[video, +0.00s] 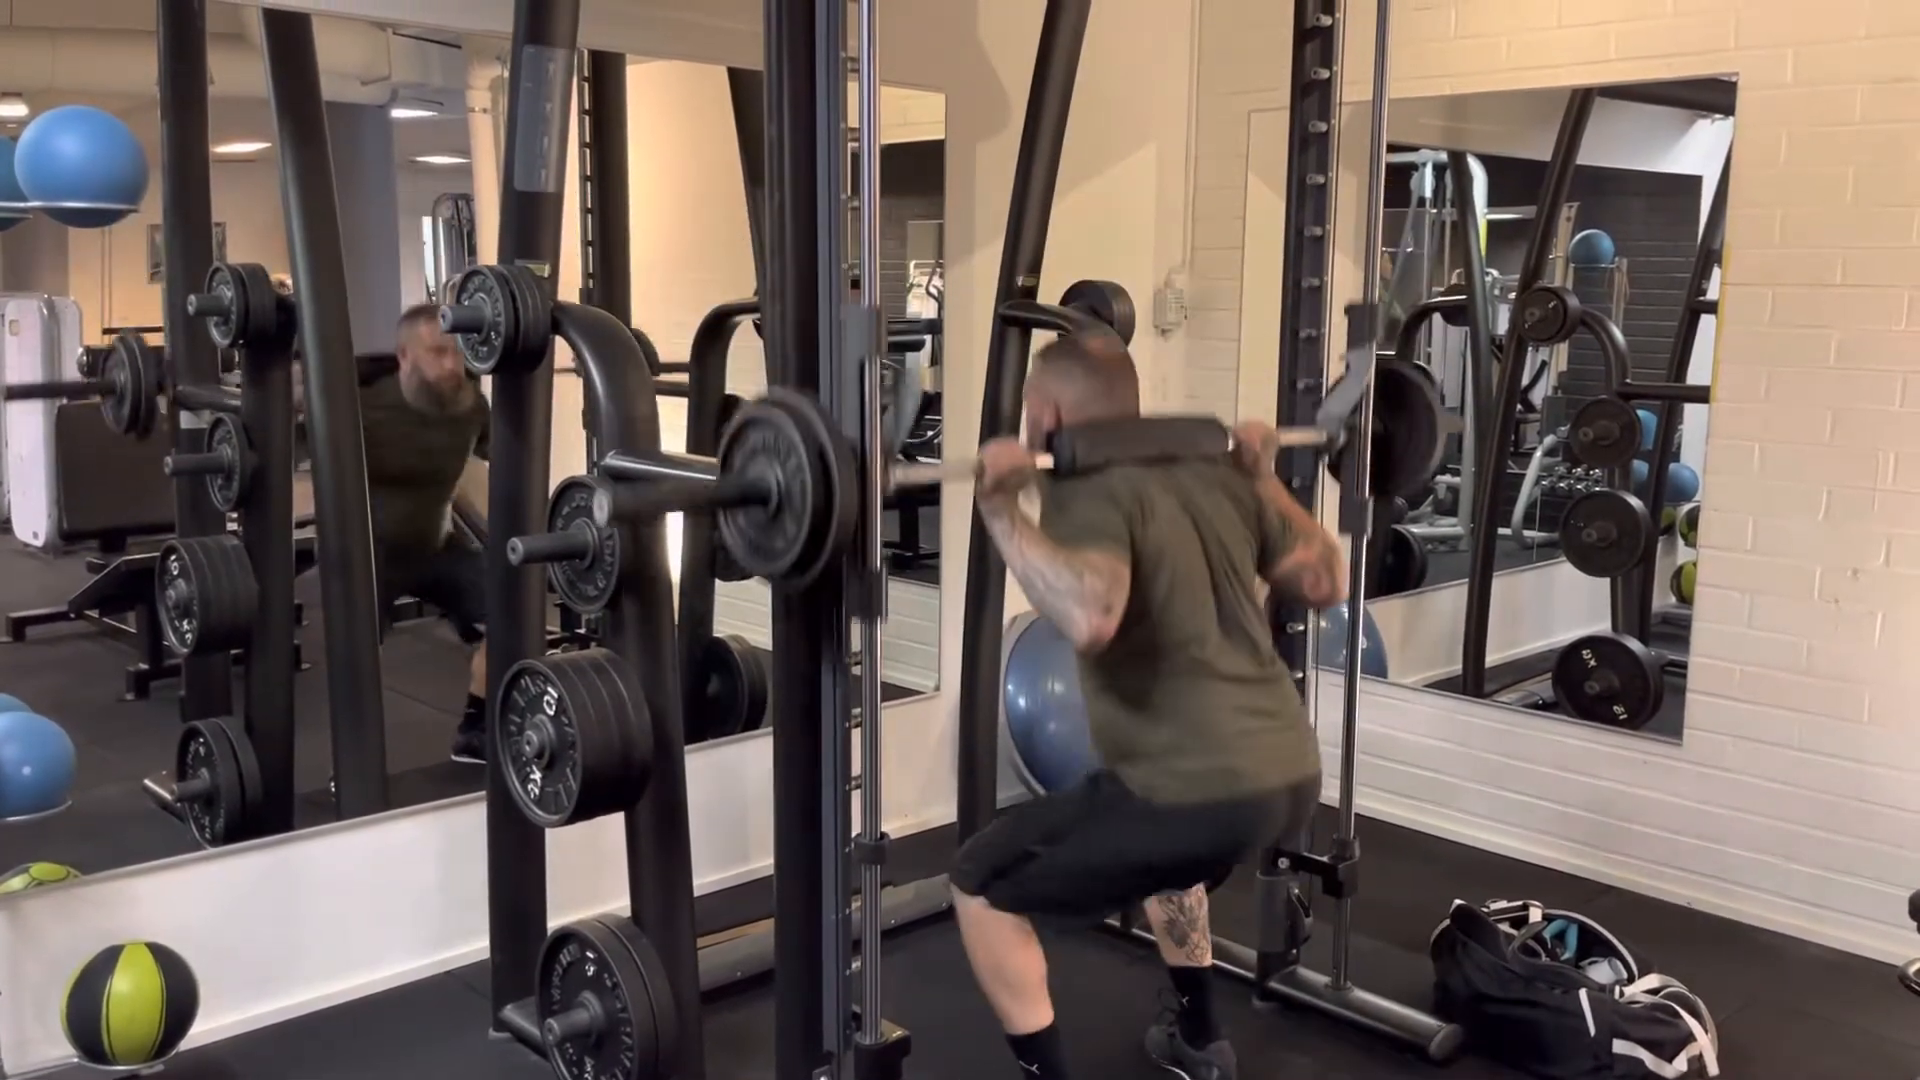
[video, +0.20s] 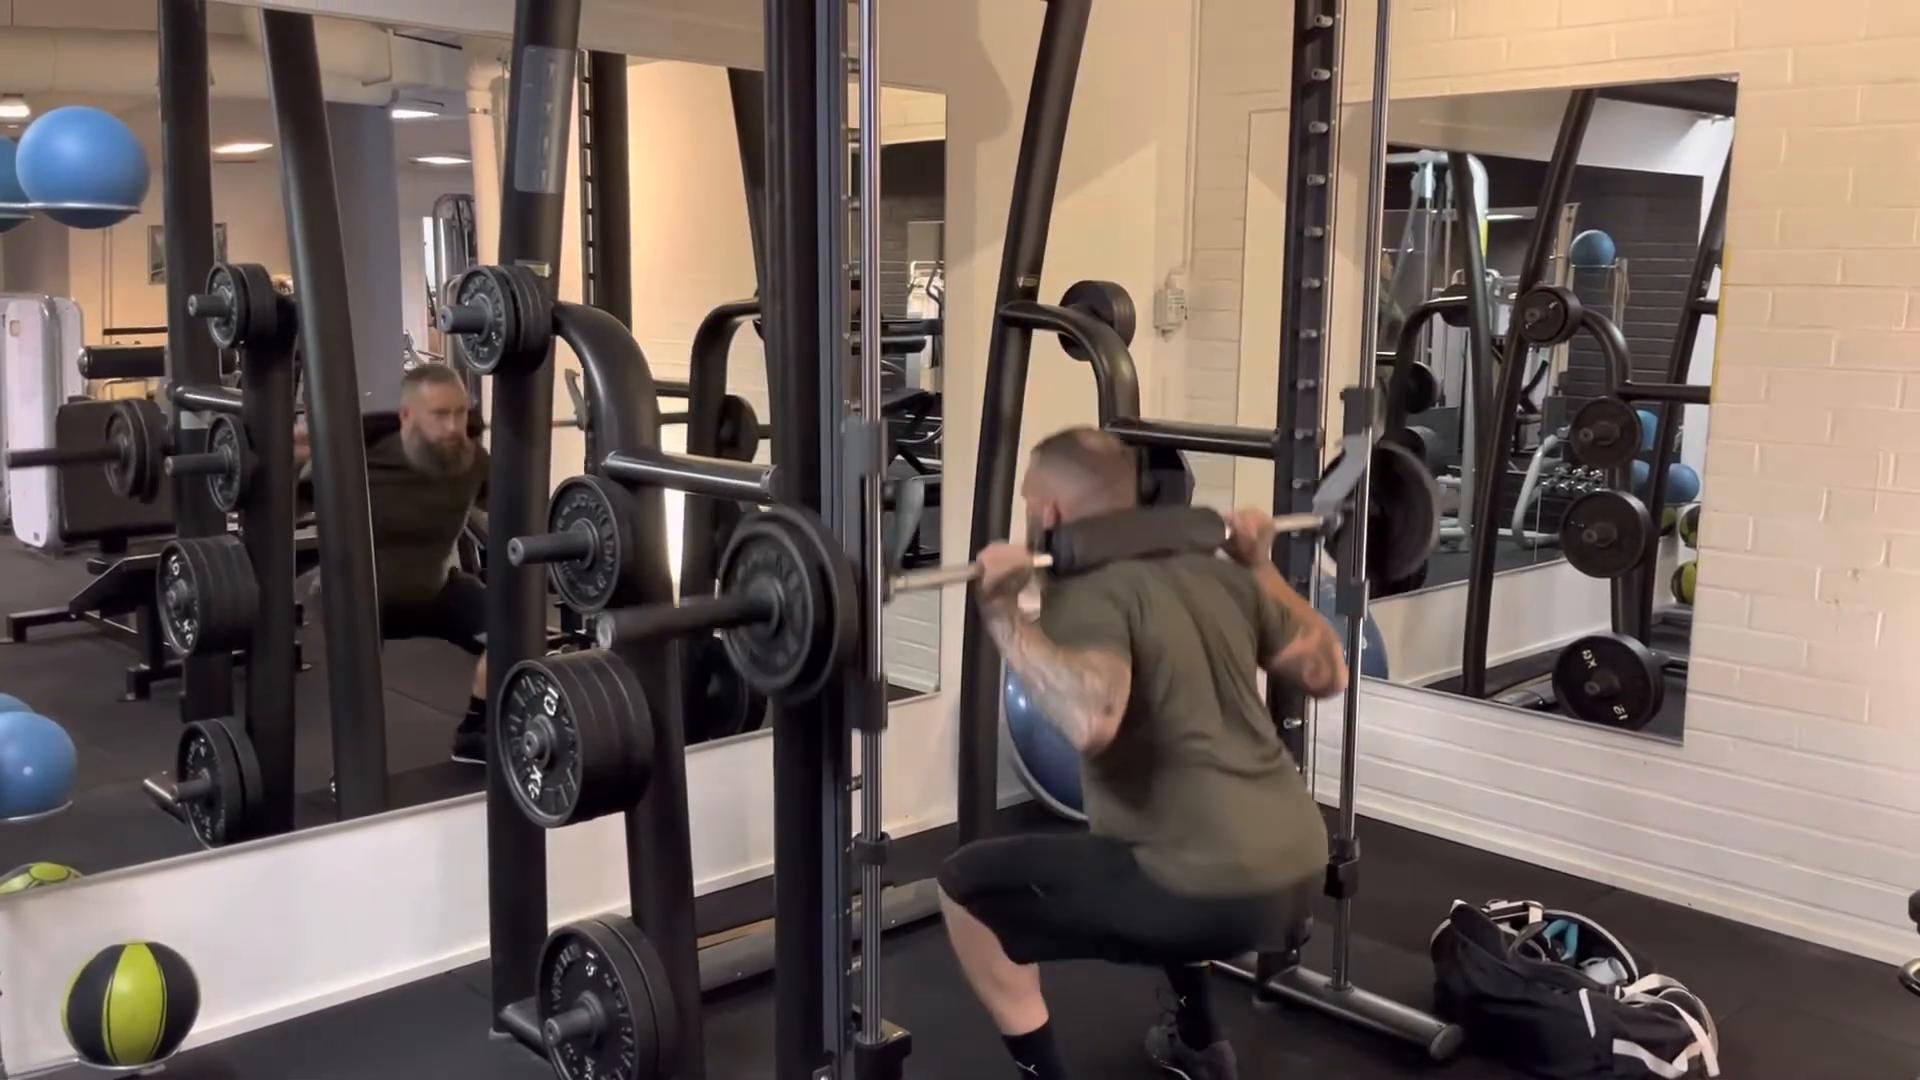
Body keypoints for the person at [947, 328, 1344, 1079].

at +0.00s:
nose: (1028, 422)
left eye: (1030, 408)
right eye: (1028, 409)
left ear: (1048, 416)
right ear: (1127, 402)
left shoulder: (1093, 486)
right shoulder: (1222, 477)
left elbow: (1089, 615)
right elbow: (1327, 579)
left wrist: (999, 506)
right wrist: (1265, 476)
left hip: (1186, 798)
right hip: (1285, 782)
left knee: (981, 883)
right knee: (1159, 844)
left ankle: (1045, 1068)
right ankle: (1200, 1033)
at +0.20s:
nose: (1028, 520)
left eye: (1029, 505)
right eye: (1027, 503)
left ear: (1052, 513)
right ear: (1125, 499)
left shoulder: (1092, 586)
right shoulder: (1219, 574)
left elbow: (1091, 719)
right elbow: (1327, 672)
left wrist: (1003, 617)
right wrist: (1262, 567)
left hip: (1197, 891)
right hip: (1296, 873)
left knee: (967, 884)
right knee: (1128, 839)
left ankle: (1042, 1069)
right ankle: (1200, 1037)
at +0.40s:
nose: (1029, 587)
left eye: (1029, 571)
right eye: (1028, 570)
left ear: (1053, 579)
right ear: (1126, 564)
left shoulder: (1093, 655)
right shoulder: (1218, 635)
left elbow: (1085, 794)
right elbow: (1322, 739)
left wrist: (999, 679)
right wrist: (1258, 629)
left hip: (1198, 966)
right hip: (1296, 944)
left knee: (963, 885)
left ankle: (1041, 1068)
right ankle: (1199, 1044)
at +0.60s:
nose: (1031, 614)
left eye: (1030, 600)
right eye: (1028, 599)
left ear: (1053, 605)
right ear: (1128, 590)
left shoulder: (1092, 682)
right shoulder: (1219, 660)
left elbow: (1085, 825)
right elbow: (1319, 766)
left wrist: (1000, 711)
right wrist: (1258, 655)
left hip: (1206, 996)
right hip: (1297, 966)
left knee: (962, 887)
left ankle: (1042, 1069)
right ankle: (1203, 1059)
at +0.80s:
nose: (1032, 567)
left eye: (1033, 551)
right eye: (1032, 550)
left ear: (1056, 557)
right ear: (1130, 545)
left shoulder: (1095, 634)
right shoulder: (1218, 615)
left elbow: (1085, 772)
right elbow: (1325, 718)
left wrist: (1003, 658)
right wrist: (1260, 612)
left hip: (1211, 936)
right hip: (1310, 916)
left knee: (974, 881)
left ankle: (1044, 1068)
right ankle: (1198, 1041)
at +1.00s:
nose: (1034, 490)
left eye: (1035, 475)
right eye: (1033, 475)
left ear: (1058, 480)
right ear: (1134, 467)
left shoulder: (1095, 555)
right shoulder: (1221, 544)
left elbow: (1091, 684)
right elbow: (1329, 643)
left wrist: (1001, 575)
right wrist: (1264, 540)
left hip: (1209, 850)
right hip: (1313, 836)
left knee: (986, 884)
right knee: (1150, 839)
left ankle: (1046, 1070)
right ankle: (1200, 1038)